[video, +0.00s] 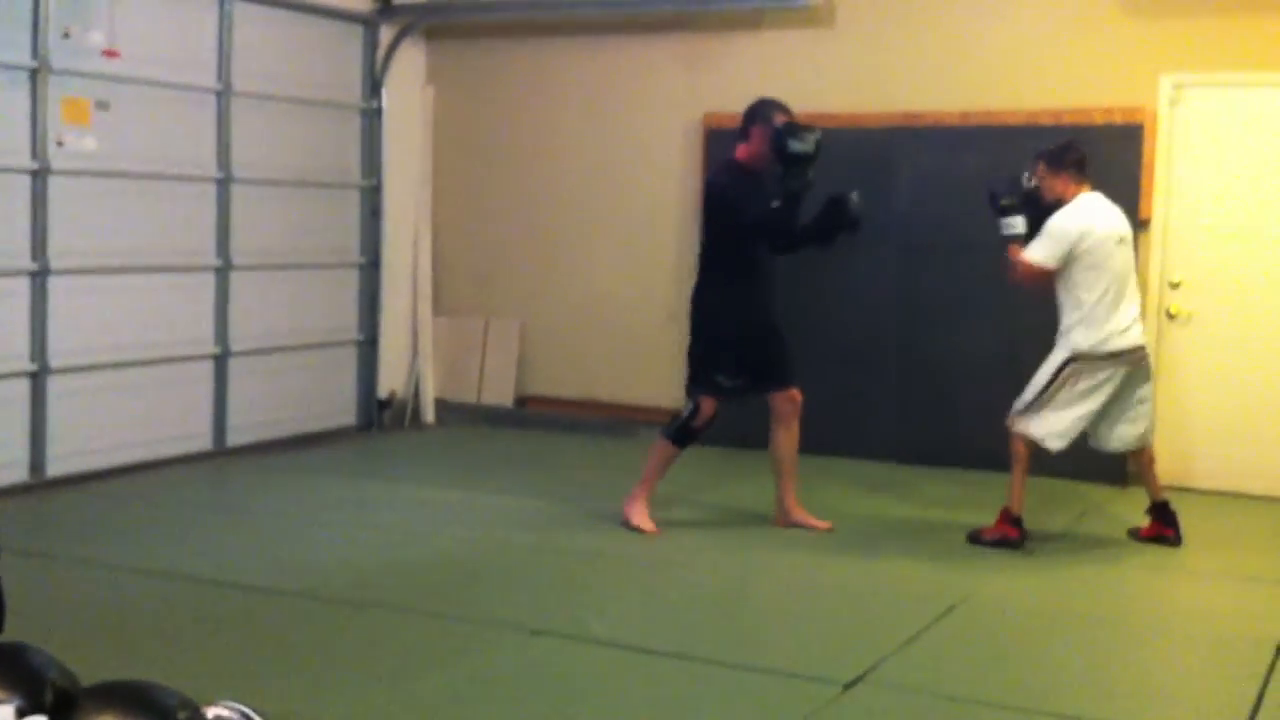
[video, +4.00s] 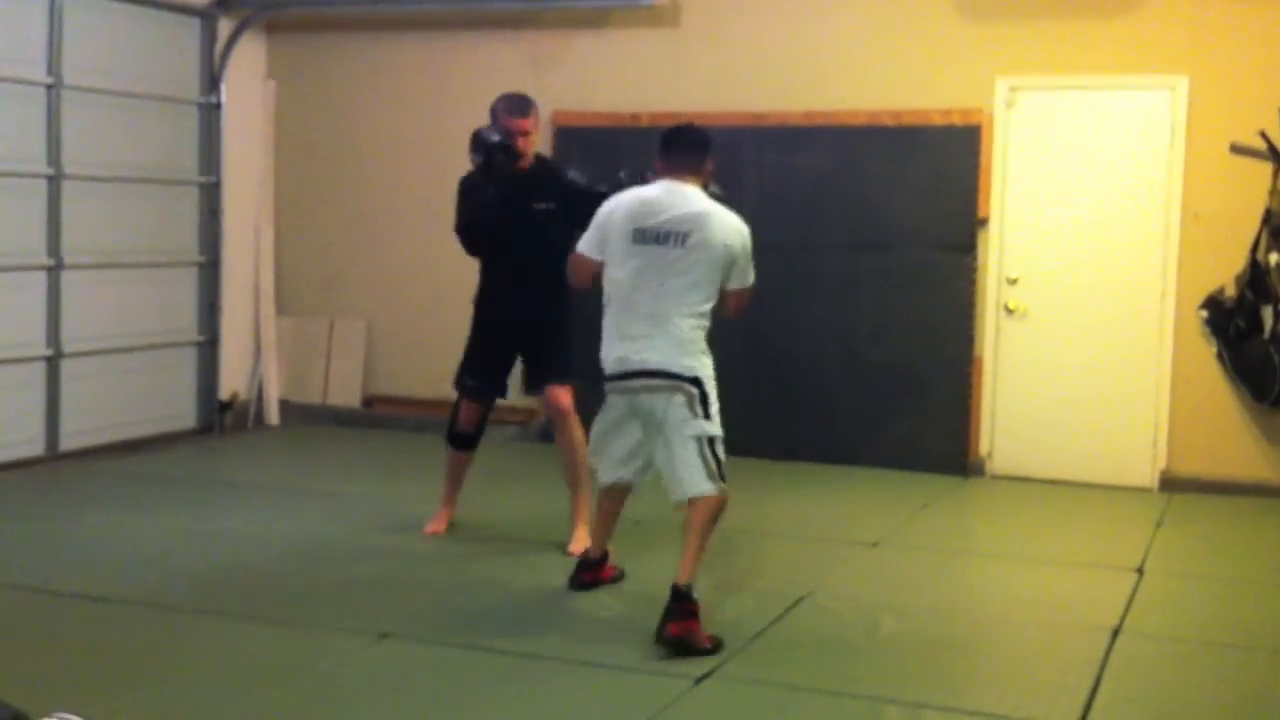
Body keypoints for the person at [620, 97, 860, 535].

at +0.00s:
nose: (785, 145)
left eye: (788, 136)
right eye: (779, 134)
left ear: (773, 136)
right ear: (753, 132)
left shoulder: (765, 181)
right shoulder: (728, 181)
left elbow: (781, 240)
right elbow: (770, 235)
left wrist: (827, 224)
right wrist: (794, 183)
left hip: (754, 305)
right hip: (718, 306)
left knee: (787, 400)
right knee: (701, 408)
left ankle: (788, 506)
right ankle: (639, 498)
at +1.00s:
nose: (706, 148)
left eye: (708, 140)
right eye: (699, 138)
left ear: (706, 141)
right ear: (678, 138)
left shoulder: (706, 181)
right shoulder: (659, 181)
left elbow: (750, 210)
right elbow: (699, 220)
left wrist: (745, 167)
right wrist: (723, 174)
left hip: (693, 305)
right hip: (653, 306)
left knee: (724, 400)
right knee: (647, 405)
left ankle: (719, 503)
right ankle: (562, 473)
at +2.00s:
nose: (486, 149)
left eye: (488, 140)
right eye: (482, 139)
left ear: (465, 139)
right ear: (456, 138)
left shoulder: (463, 185)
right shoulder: (430, 187)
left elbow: (491, 239)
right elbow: (470, 233)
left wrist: (528, 209)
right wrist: (497, 193)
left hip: (446, 308)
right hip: (423, 308)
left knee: (436, 403)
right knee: (431, 404)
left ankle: (415, 491)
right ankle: (376, 498)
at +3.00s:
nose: (509, 152)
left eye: (517, 146)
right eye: (502, 143)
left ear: (524, 148)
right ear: (482, 140)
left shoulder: (529, 189)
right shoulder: (458, 185)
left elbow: (551, 253)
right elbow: (458, 232)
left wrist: (551, 198)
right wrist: (489, 178)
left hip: (516, 311)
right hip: (466, 312)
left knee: (558, 392)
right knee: (466, 412)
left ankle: (561, 496)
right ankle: (451, 503)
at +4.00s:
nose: (520, 143)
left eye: (527, 134)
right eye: (511, 135)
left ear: (538, 132)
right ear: (494, 133)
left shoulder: (555, 180)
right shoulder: (478, 184)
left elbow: (600, 212)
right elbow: (473, 242)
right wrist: (491, 179)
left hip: (549, 308)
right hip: (497, 308)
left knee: (560, 402)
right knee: (470, 409)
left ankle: (581, 521)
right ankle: (446, 507)